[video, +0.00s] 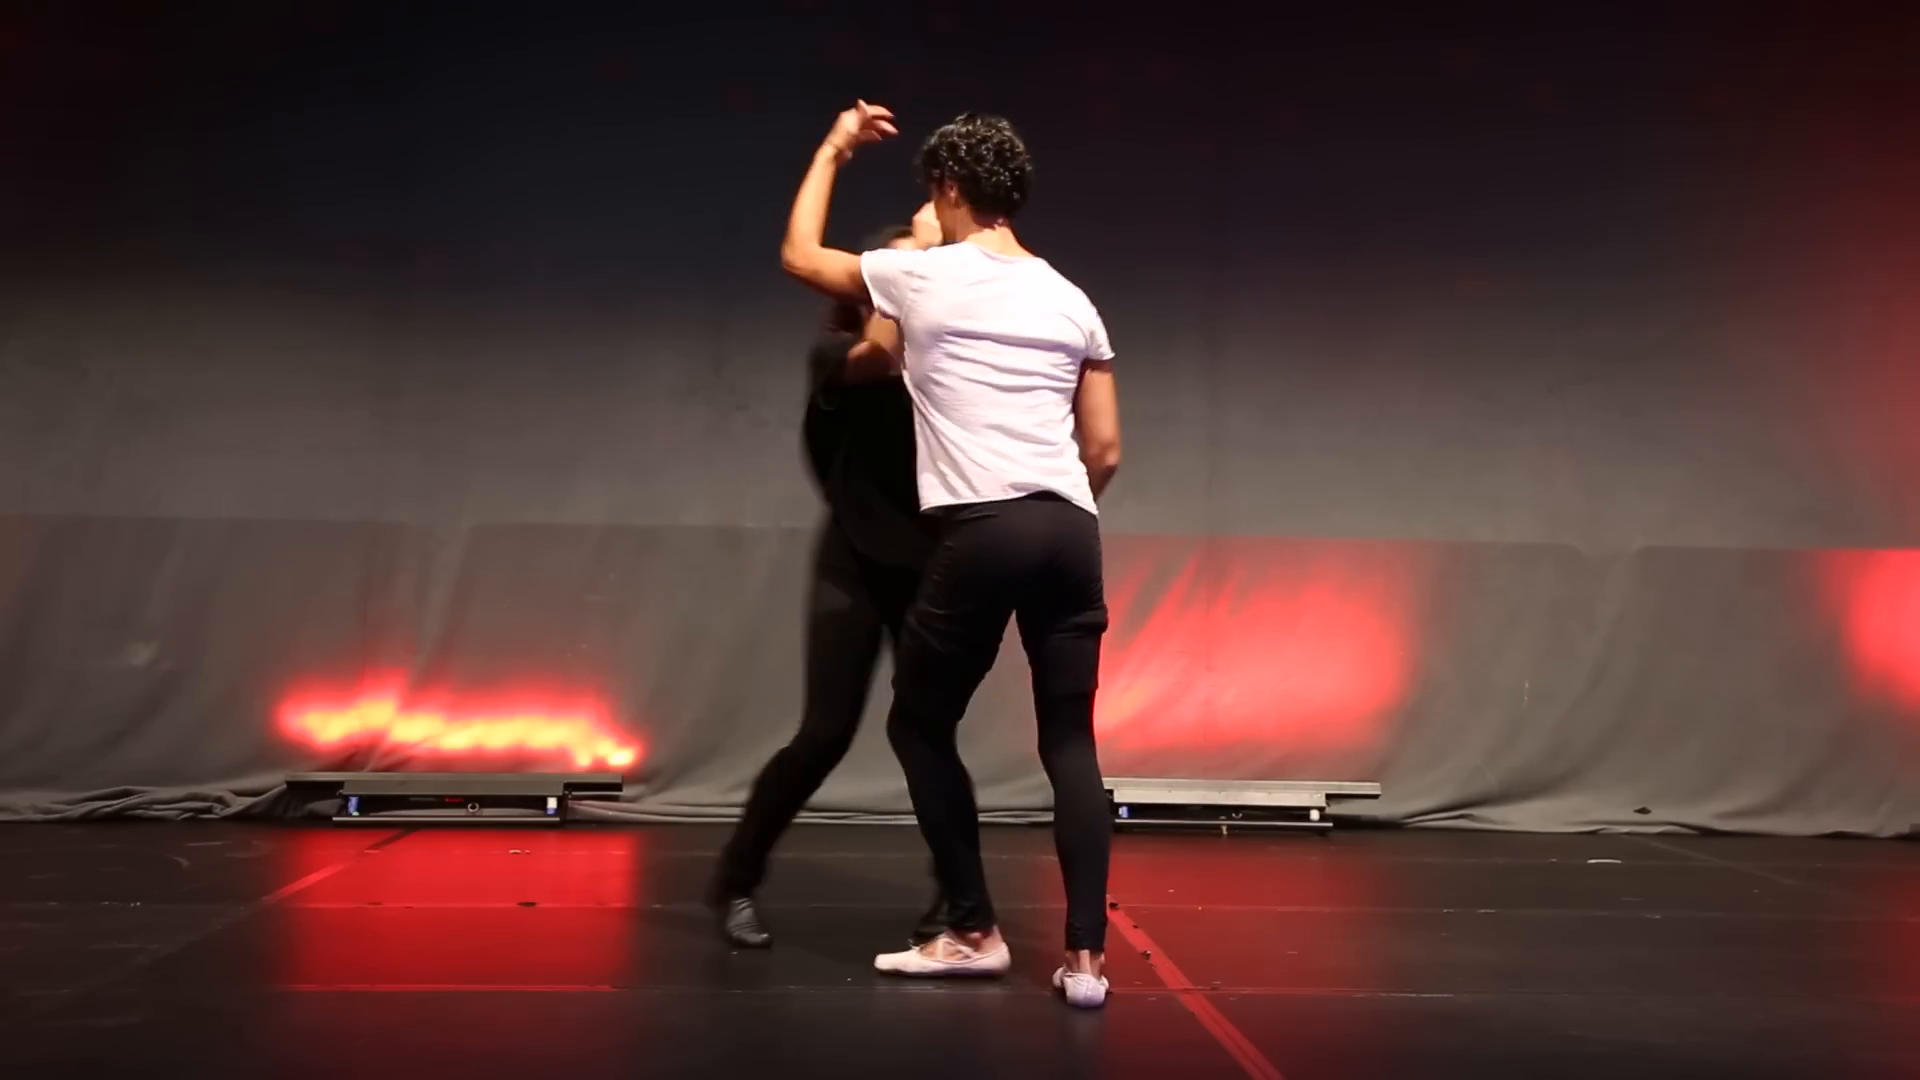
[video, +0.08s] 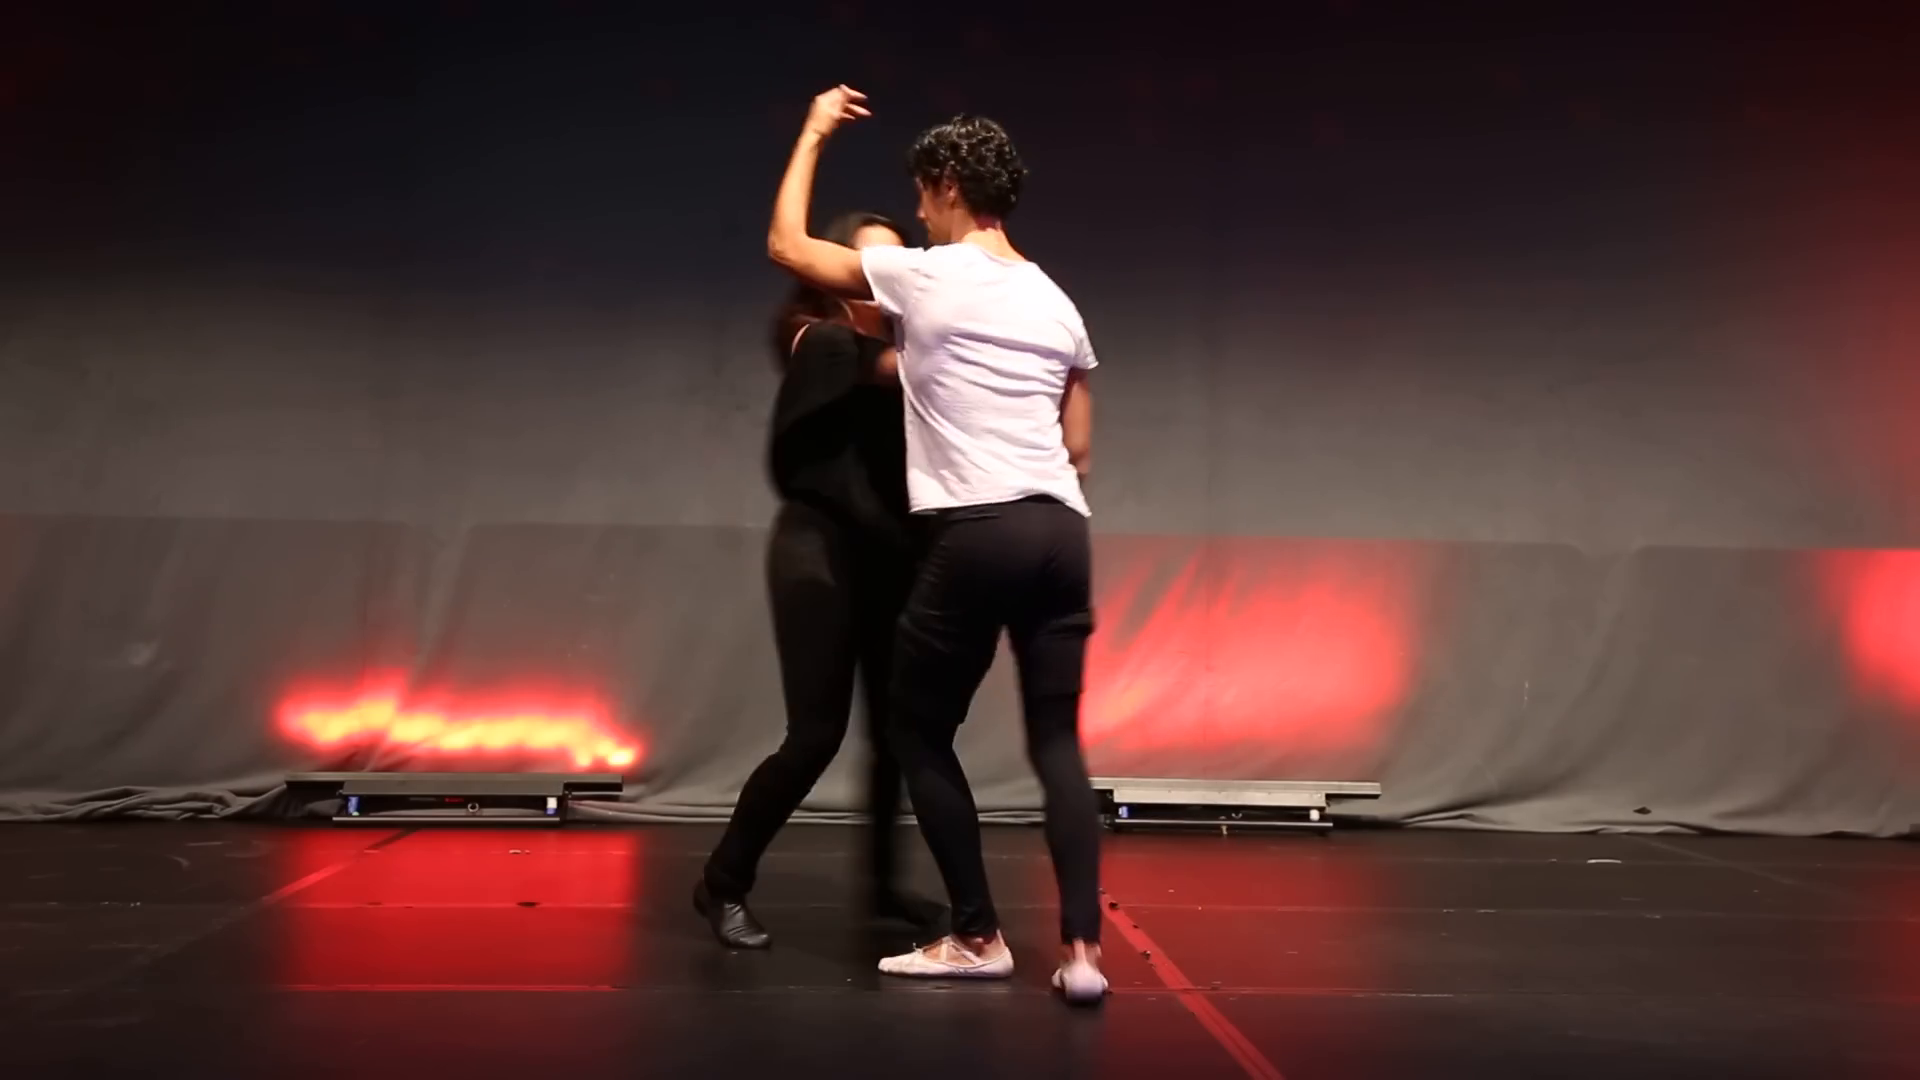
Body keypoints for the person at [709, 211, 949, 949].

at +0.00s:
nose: (919, 281)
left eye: (927, 267)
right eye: (904, 267)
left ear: (940, 281)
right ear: (866, 286)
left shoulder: (946, 351)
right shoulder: (838, 352)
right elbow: (884, 350)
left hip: (933, 556)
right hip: (856, 552)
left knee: (928, 733)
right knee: (826, 732)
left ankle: (958, 904)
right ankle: (735, 884)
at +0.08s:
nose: (886, 278)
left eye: (895, 262)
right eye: (869, 263)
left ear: (906, 269)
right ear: (835, 279)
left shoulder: (905, 350)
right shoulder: (824, 341)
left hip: (893, 549)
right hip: (816, 545)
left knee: (896, 730)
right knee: (816, 731)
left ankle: (884, 897)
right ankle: (723, 883)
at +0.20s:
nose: (872, 265)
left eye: (865, 248)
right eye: (857, 251)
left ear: (807, 283)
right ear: (816, 278)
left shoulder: (788, 348)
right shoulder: (828, 341)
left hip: (768, 548)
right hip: (801, 548)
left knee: (802, 725)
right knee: (812, 729)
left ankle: (709, 879)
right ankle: (707, 882)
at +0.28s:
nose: (839, 268)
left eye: (834, 256)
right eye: (826, 259)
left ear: (743, 279)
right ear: (797, 272)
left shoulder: (732, 355)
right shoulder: (837, 349)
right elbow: (894, 400)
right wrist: (908, 305)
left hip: (728, 562)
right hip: (807, 566)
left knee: (719, 722)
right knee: (785, 739)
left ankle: (636, 880)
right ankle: (707, 901)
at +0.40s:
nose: (824, 274)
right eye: (816, 265)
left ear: (714, 274)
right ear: (800, 273)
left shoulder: (693, 348)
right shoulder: (831, 353)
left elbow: (647, 433)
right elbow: (848, 458)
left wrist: (706, 471)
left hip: (702, 561)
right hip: (798, 567)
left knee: (655, 717)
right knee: (761, 731)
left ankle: (638, 884)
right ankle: (730, 907)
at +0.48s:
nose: (680, 252)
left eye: (694, 242)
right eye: (688, 238)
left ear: (721, 257)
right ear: (776, 263)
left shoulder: (690, 330)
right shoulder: (785, 343)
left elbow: (622, 424)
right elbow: (805, 453)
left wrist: (678, 462)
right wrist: (874, 443)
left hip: (698, 555)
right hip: (781, 561)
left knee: (627, 711)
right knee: (744, 724)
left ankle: (655, 899)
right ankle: (756, 905)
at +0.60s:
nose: (657, 235)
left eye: (674, 223)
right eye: (660, 222)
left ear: (718, 244)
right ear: (694, 242)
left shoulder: (707, 319)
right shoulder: (686, 324)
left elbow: (625, 410)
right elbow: (579, 361)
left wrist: (632, 438)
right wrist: (530, 279)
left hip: (705, 547)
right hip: (706, 546)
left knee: (646, 715)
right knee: (689, 715)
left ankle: (644, 906)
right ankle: (769, 883)